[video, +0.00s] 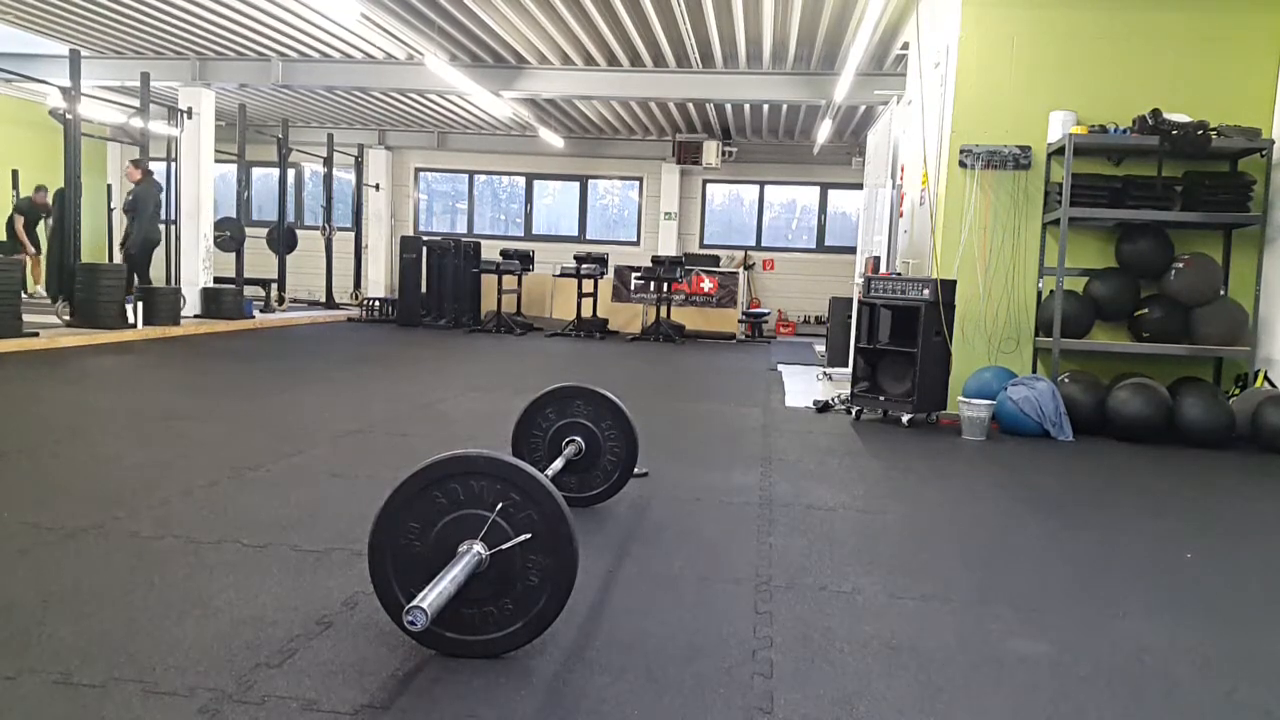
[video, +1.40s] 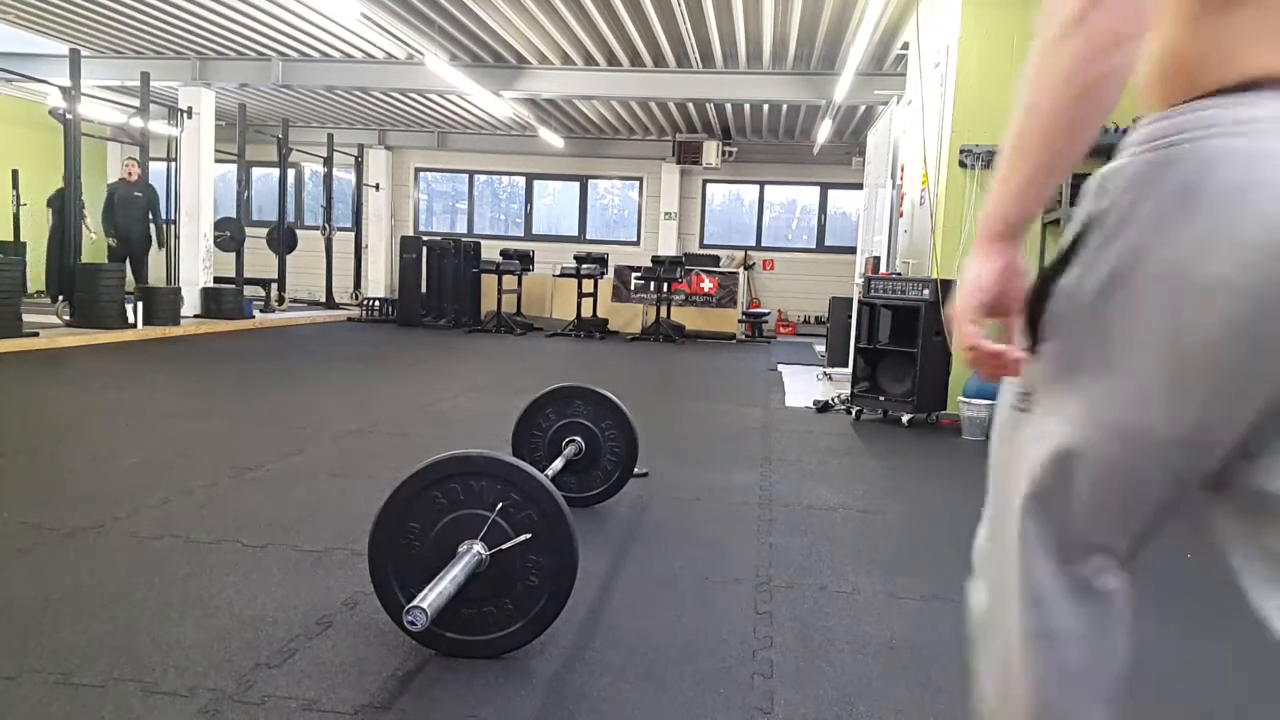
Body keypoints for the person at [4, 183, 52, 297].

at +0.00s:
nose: (43, 199)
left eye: (45, 196)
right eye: (41, 196)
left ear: (47, 196)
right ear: (34, 195)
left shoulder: (46, 208)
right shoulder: (22, 204)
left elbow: (48, 227)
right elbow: (18, 227)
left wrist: (51, 245)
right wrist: (28, 246)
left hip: (31, 229)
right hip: (15, 228)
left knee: (36, 257)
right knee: (20, 257)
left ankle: (37, 286)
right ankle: (19, 289)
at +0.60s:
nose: (45, 184)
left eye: (48, 181)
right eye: (43, 180)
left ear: (50, 183)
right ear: (37, 181)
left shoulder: (51, 197)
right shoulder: (27, 195)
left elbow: (52, 216)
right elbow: (19, 214)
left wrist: (51, 231)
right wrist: (22, 232)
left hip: (45, 232)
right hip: (30, 232)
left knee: (52, 259)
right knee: (24, 261)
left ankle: (52, 289)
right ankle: (19, 288)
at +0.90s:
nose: (59, 183)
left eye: (62, 180)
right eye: (57, 180)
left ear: (64, 182)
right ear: (51, 180)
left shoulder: (65, 195)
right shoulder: (42, 194)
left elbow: (70, 214)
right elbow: (32, 212)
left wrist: (69, 232)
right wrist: (34, 233)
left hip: (60, 232)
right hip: (46, 231)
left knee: (57, 261)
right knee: (43, 257)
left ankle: (55, 291)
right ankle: (26, 279)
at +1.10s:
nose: (64, 184)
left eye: (65, 181)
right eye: (62, 180)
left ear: (67, 182)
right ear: (57, 181)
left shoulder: (72, 196)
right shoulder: (47, 195)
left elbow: (76, 215)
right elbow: (41, 214)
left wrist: (78, 233)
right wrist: (44, 234)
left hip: (70, 235)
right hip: (55, 235)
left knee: (69, 264)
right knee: (54, 265)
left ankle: (68, 293)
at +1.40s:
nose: (70, 183)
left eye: (73, 180)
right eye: (68, 179)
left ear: (77, 181)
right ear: (63, 179)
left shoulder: (77, 198)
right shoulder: (57, 195)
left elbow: (84, 215)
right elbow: (49, 207)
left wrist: (91, 231)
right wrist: (49, 225)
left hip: (73, 234)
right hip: (58, 233)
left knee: (72, 263)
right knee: (56, 262)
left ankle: (70, 294)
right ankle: (54, 294)